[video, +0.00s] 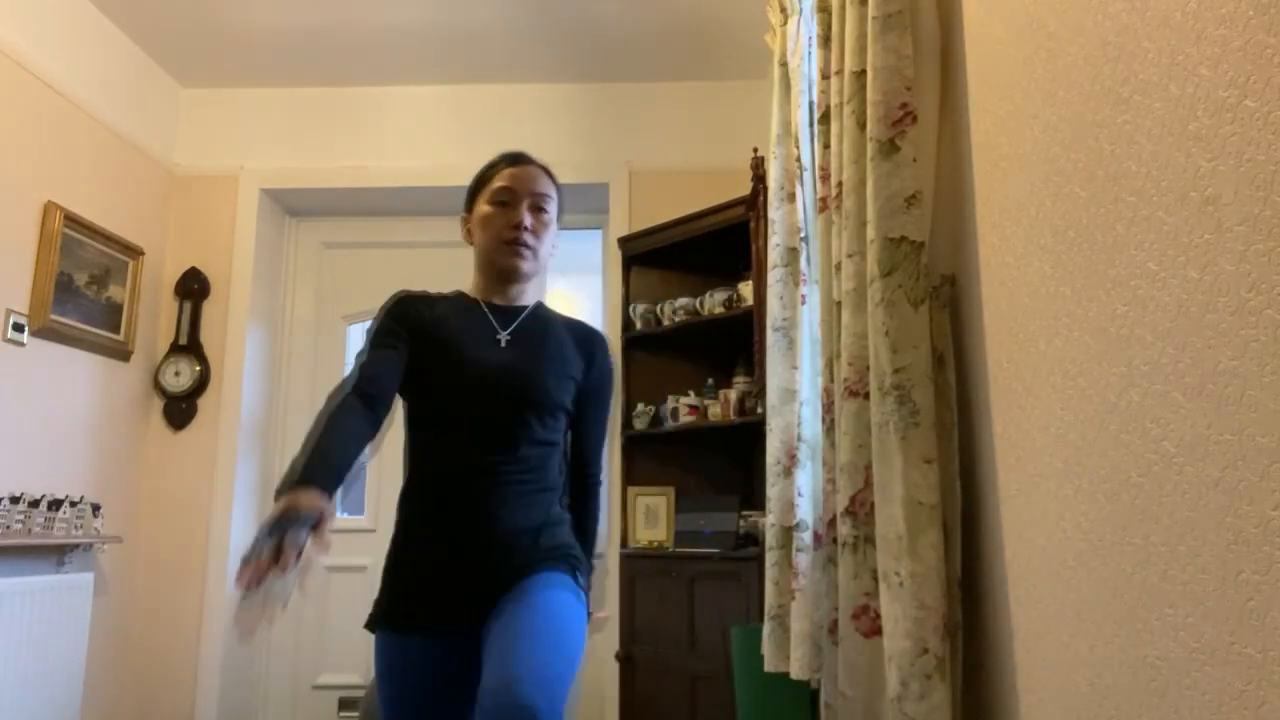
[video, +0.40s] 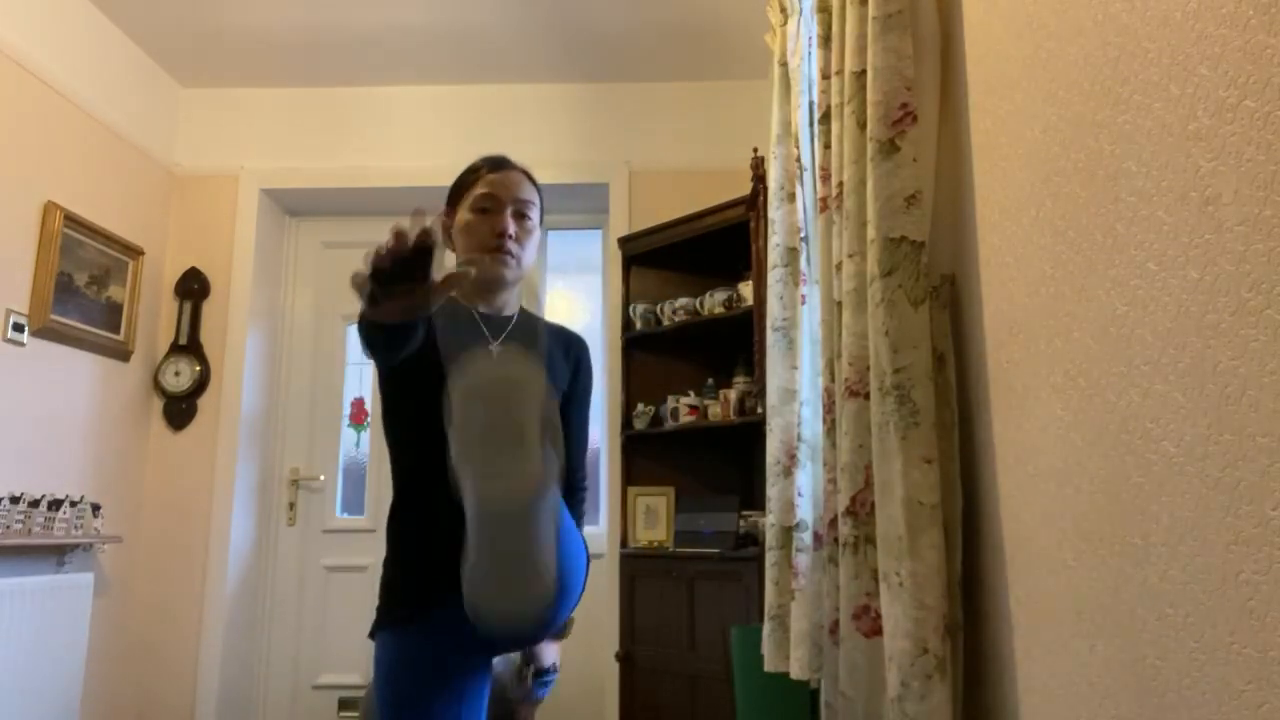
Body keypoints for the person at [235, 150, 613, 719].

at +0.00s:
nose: (523, 217)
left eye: (540, 208)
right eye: (504, 201)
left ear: (555, 236)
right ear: (470, 225)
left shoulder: (585, 349)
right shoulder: (415, 316)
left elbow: (584, 479)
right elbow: (364, 399)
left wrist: (579, 580)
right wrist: (308, 491)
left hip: (538, 570)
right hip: (426, 574)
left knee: (519, 702)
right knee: (413, 709)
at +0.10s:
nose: (515, 219)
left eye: (532, 209)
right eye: (496, 203)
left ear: (547, 236)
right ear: (459, 228)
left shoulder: (574, 349)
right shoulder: (417, 308)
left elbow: (564, 474)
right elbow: (385, 331)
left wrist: (548, 552)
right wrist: (358, 360)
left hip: (532, 546)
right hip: (427, 555)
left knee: (507, 586)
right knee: (400, 709)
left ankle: (514, 711)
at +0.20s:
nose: (511, 223)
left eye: (527, 213)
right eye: (490, 208)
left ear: (539, 240)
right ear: (453, 230)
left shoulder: (567, 356)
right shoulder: (415, 325)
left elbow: (556, 486)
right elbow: (382, 342)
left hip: (520, 591)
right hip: (421, 585)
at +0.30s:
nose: (513, 224)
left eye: (527, 213)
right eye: (495, 209)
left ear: (540, 240)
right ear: (461, 228)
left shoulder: (565, 355)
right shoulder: (407, 336)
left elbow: (563, 493)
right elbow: (391, 322)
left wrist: (531, 635)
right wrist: (410, 249)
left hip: (526, 590)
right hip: (421, 597)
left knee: (514, 475)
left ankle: (484, 370)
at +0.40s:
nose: (506, 226)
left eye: (524, 214)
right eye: (486, 208)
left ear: (537, 240)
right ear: (449, 227)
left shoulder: (565, 352)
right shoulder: (412, 326)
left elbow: (570, 490)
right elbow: (389, 335)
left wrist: (555, 624)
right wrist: (396, 299)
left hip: (531, 597)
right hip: (429, 595)